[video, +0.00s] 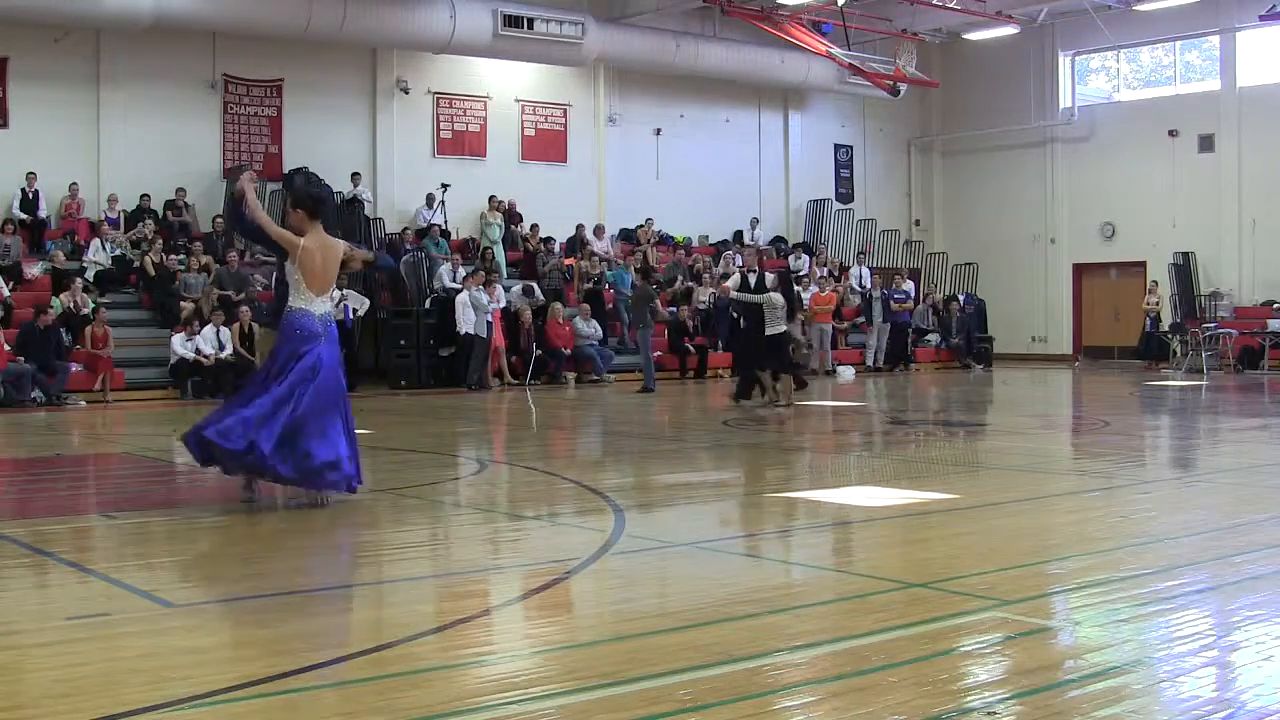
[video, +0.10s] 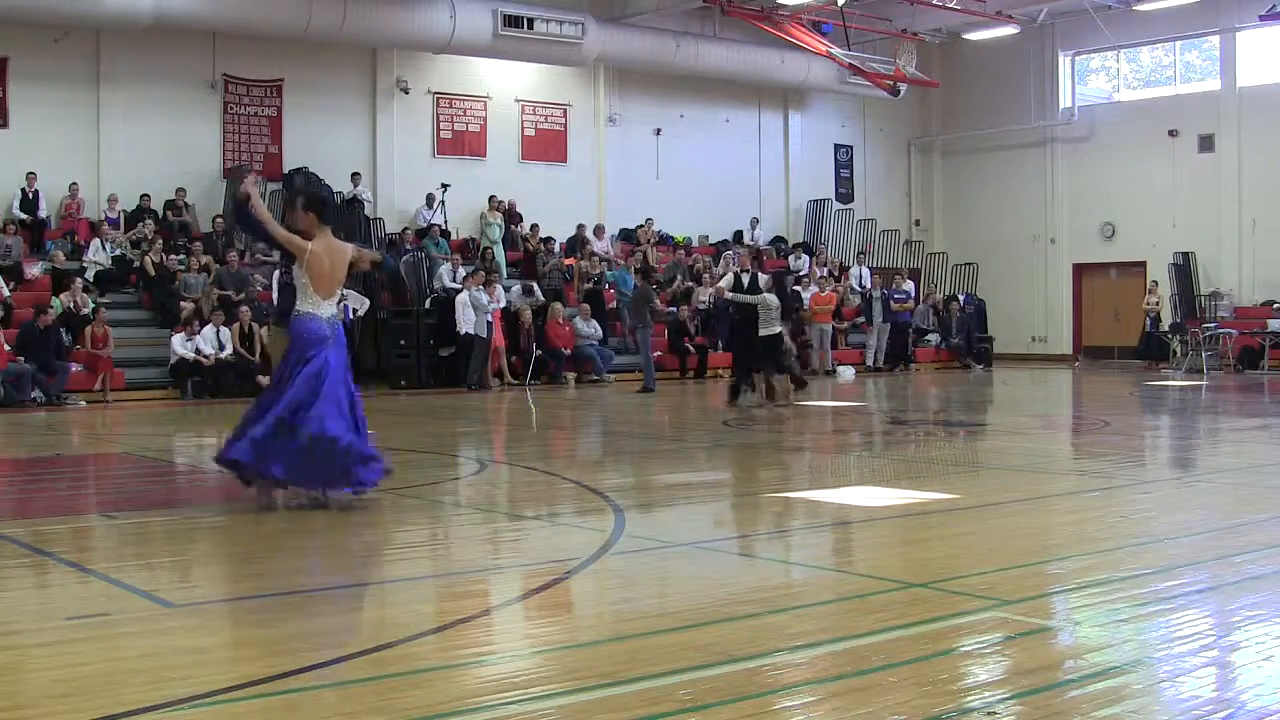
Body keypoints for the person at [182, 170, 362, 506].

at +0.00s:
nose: (287, 217)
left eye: (289, 211)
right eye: (289, 211)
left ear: (300, 212)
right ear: (319, 211)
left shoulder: (298, 244)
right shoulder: (340, 246)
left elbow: (258, 216)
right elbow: (365, 258)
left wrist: (248, 189)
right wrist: (357, 258)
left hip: (298, 328)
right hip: (326, 329)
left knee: (277, 395)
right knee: (321, 401)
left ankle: (252, 462)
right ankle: (318, 478)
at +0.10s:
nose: (292, 219)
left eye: (295, 213)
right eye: (293, 213)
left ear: (310, 216)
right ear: (321, 214)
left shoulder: (306, 248)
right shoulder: (347, 250)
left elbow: (268, 222)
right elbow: (372, 260)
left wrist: (252, 194)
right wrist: (360, 260)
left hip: (306, 329)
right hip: (334, 331)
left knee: (292, 399)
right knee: (330, 400)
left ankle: (267, 467)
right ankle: (333, 473)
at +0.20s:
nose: (307, 219)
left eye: (310, 213)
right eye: (308, 213)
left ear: (322, 215)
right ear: (335, 216)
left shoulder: (316, 251)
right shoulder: (352, 250)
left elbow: (283, 231)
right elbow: (371, 256)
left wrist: (261, 203)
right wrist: (373, 256)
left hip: (318, 331)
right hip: (344, 331)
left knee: (311, 400)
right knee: (342, 401)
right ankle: (361, 469)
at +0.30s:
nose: (320, 217)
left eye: (324, 212)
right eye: (321, 212)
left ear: (336, 217)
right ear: (349, 218)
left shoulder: (330, 248)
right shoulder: (364, 248)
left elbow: (295, 232)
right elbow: (379, 252)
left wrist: (265, 207)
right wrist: (383, 250)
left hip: (333, 328)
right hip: (356, 328)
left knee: (324, 400)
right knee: (356, 399)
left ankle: (325, 473)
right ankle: (374, 466)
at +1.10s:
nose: (444, 224)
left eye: (450, 219)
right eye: (445, 218)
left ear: (465, 225)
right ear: (465, 225)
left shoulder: (451, 255)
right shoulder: (469, 247)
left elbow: (410, 238)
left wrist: (375, 214)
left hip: (442, 333)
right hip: (451, 330)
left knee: (427, 396)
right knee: (451, 398)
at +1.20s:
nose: (456, 224)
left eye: (461, 219)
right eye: (457, 218)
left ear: (476, 225)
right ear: (476, 225)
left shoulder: (463, 254)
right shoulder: (481, 248)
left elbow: (418, 245)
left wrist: (384, 226)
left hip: (456, 330)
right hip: (467, 329)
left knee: (441, 395)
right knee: (463, 396)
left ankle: (457, 463)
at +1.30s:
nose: (464, 225)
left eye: (469, 220)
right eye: (465, 219)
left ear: (485, 226)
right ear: (484, 226)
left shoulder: (473, 255)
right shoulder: (491, 251)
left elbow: (427, 259)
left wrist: (391, 245)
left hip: (468, 329)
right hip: (481, 326)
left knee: (460, 395)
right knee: (472, 394)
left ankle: (472, 464)